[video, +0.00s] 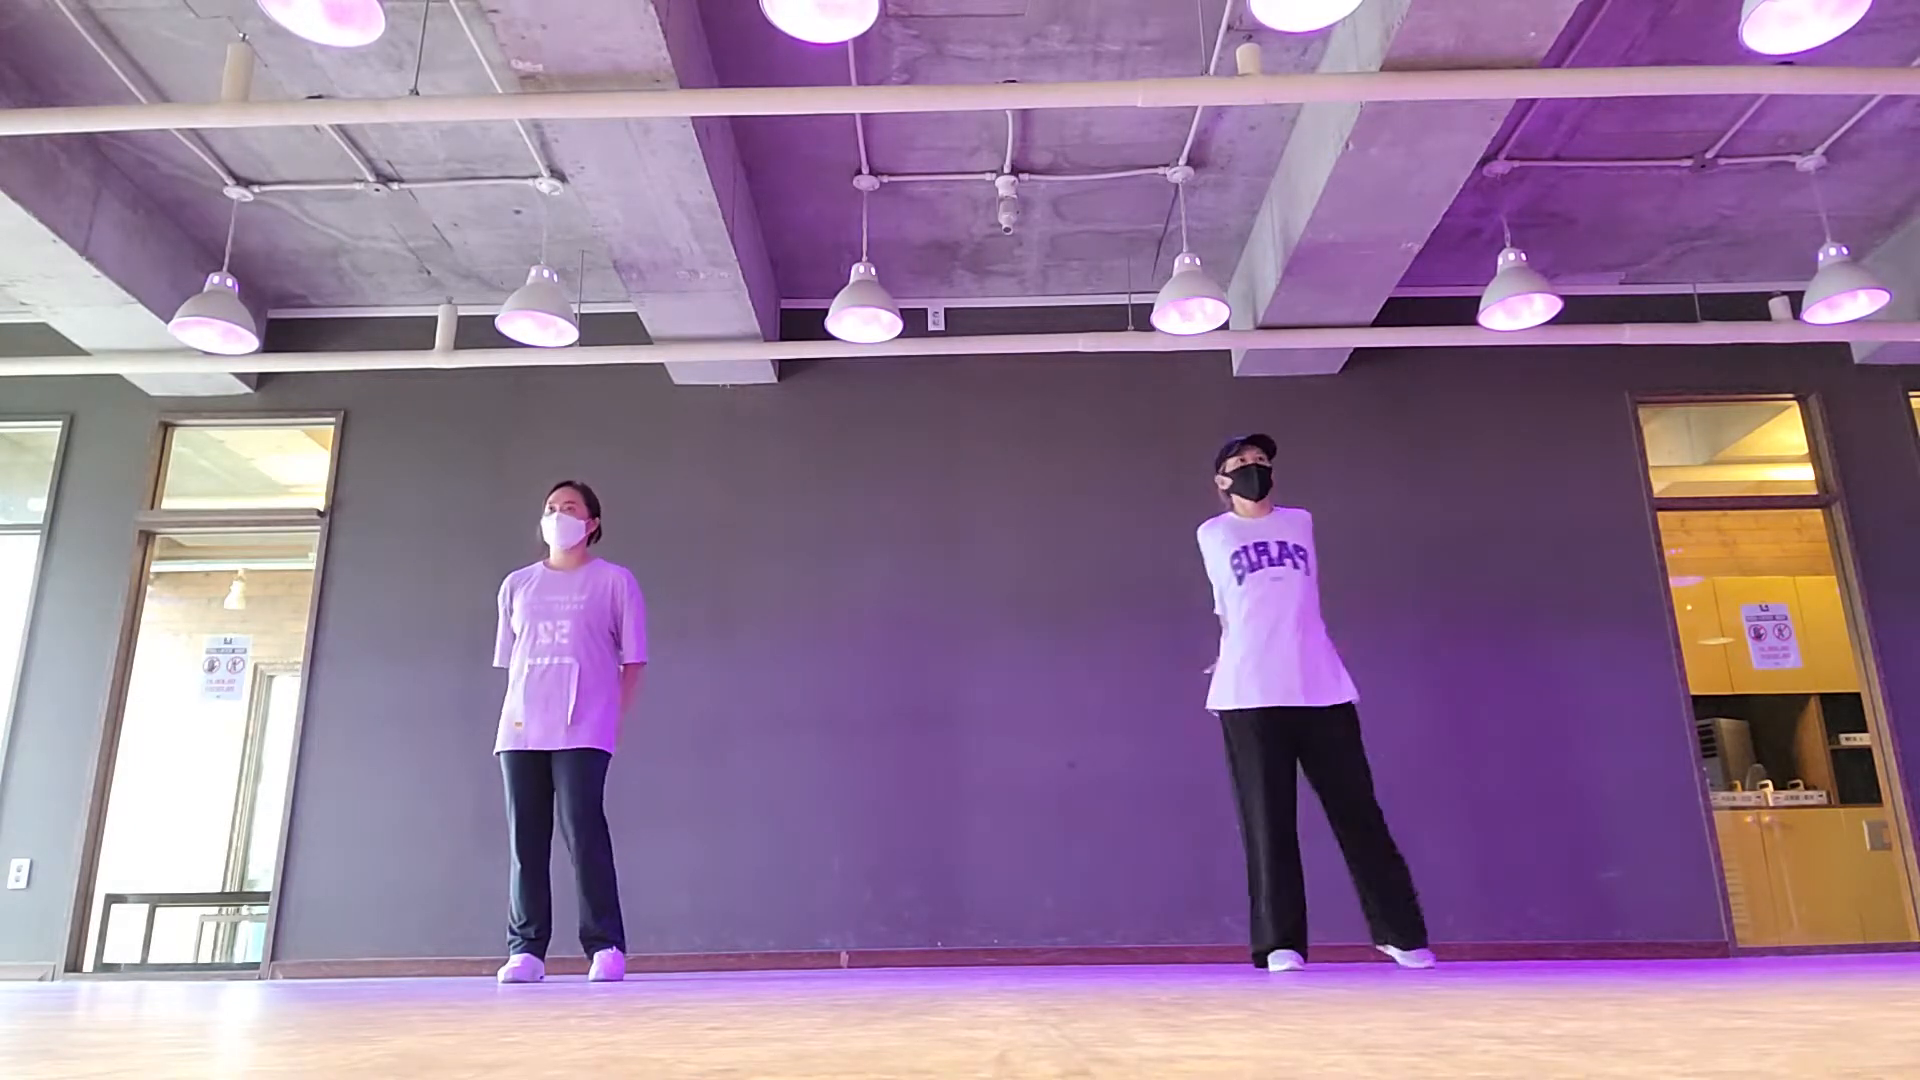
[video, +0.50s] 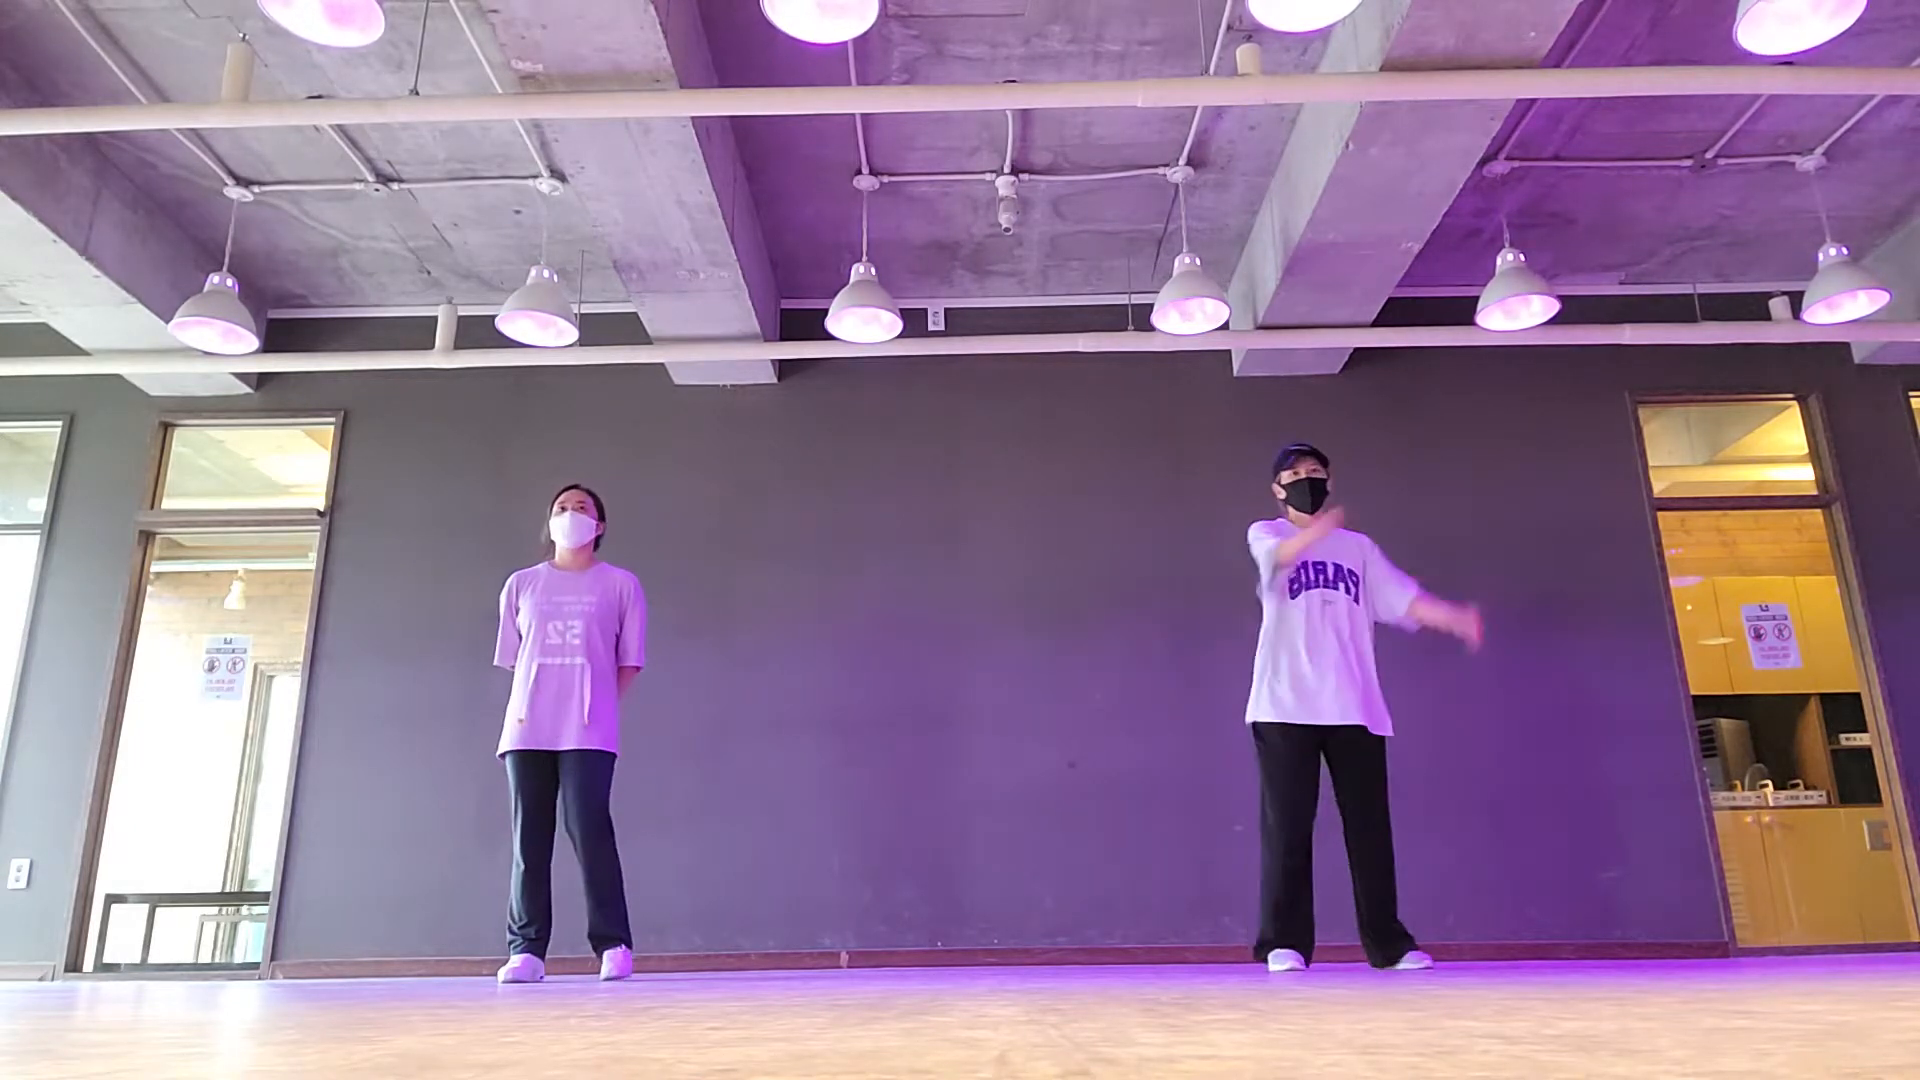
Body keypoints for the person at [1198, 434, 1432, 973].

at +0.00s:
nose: (1254, 474)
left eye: (1261, 465)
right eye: (1241, 468)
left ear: (1272, 473)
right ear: (1221, 482)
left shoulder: (1300, 522)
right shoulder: (1213, 535)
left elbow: (1305, 598)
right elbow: (1230, 609)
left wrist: (1294, 656)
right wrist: (1238, 662)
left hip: (1322, 690)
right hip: (1253, 697)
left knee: (1360, 815)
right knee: (1268, 827)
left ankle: (1399, 932)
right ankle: (1279, 947)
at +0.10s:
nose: (1266, 472)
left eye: (1273, 464)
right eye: (1253, 467)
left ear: (1286, 474)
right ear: (1235, 483)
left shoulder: (1312, 526)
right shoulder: (1226, 534)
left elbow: (1316, 601)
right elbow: (1219, 606)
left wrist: (1314, 661)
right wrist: (1206, 662)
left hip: (1327, 688)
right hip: (1258, 695)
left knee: (1362, 813)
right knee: (1269, 825)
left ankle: (1397, 935)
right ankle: (1279, 946)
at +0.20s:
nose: (1280, 472)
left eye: (1288, 463)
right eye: (1267, 467)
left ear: (1300, 473)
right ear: (1250, 484)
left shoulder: (1327, 533)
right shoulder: (1238, 537)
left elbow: (1328, 613)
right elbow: (1209, 616)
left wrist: (1329, 675)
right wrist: (1177, 679)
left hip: (1337, 699)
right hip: (1267, 703)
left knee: (1365, 820)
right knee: (1271, 830)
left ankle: (1391, 940)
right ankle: (1279, 946)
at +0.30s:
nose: (1289, 474)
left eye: (1297, 466)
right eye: (1276, 468)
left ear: (1310, 477)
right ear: (1260, 485)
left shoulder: (1340, 543)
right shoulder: (1247, 541)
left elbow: (1356, 630)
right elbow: (1212, 610)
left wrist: (1369, 693)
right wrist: (1180, 665)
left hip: (1343, 703)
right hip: (1274, 705)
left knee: (1367, 824)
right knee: (1274, 829)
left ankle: (1386, 943)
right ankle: (1278, 945)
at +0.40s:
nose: (1298, 480)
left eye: (1306, 472)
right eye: (1285, 474)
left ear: (1319, 482)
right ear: (1268, 488)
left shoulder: (1347, 546)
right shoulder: (1255, 539)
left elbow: (1387, 622)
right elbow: (1231, 606)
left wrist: (1432, 676)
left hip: (1350, 707)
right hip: (1281, 709)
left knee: (1367, 832)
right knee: (1282, 834)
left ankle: (1388, 948)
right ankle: (1282, 947)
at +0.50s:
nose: (1308, 482)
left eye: (1316, 474)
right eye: (1295, 476)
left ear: (1329, 484)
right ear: (1278, 489)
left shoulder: (1358, 548)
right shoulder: (1266, 534)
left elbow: (1405, 599)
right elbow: (1278, 557)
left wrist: (1455, 617)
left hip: (1355, 705)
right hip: (1284, 705)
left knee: (1371, 831)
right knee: (1287, 832)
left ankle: (1390, 946)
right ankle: (1283, 946)